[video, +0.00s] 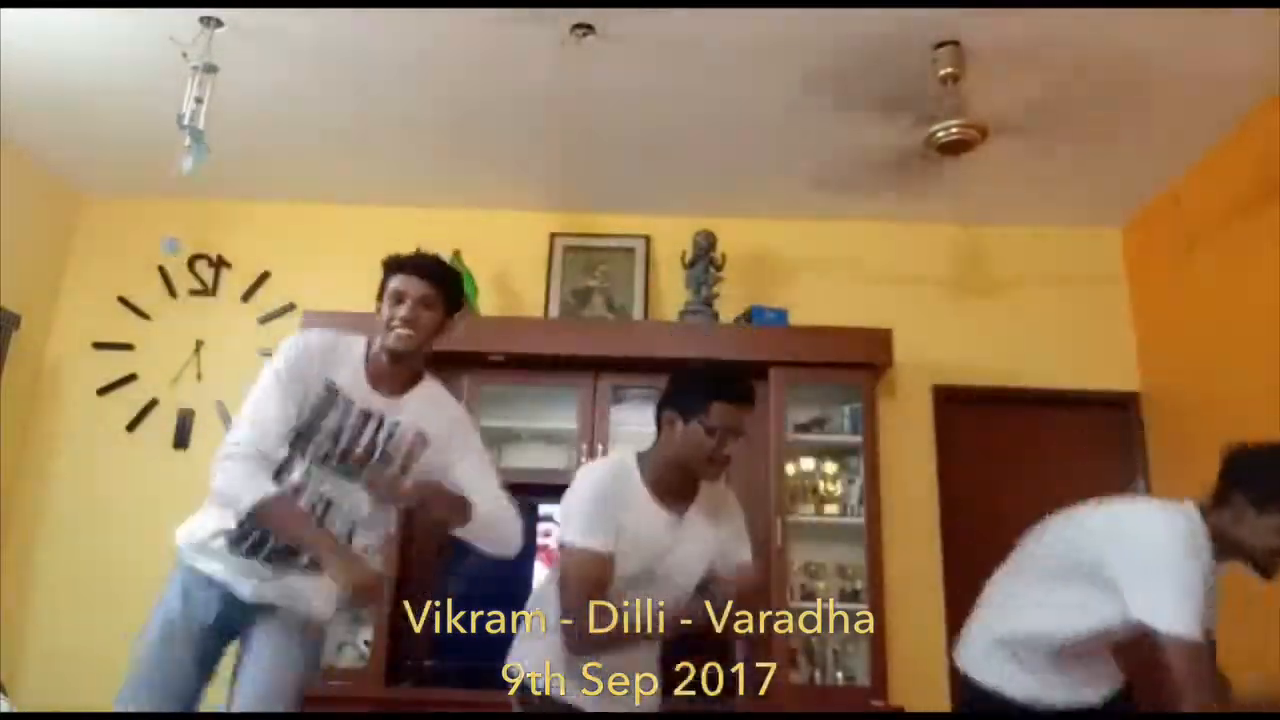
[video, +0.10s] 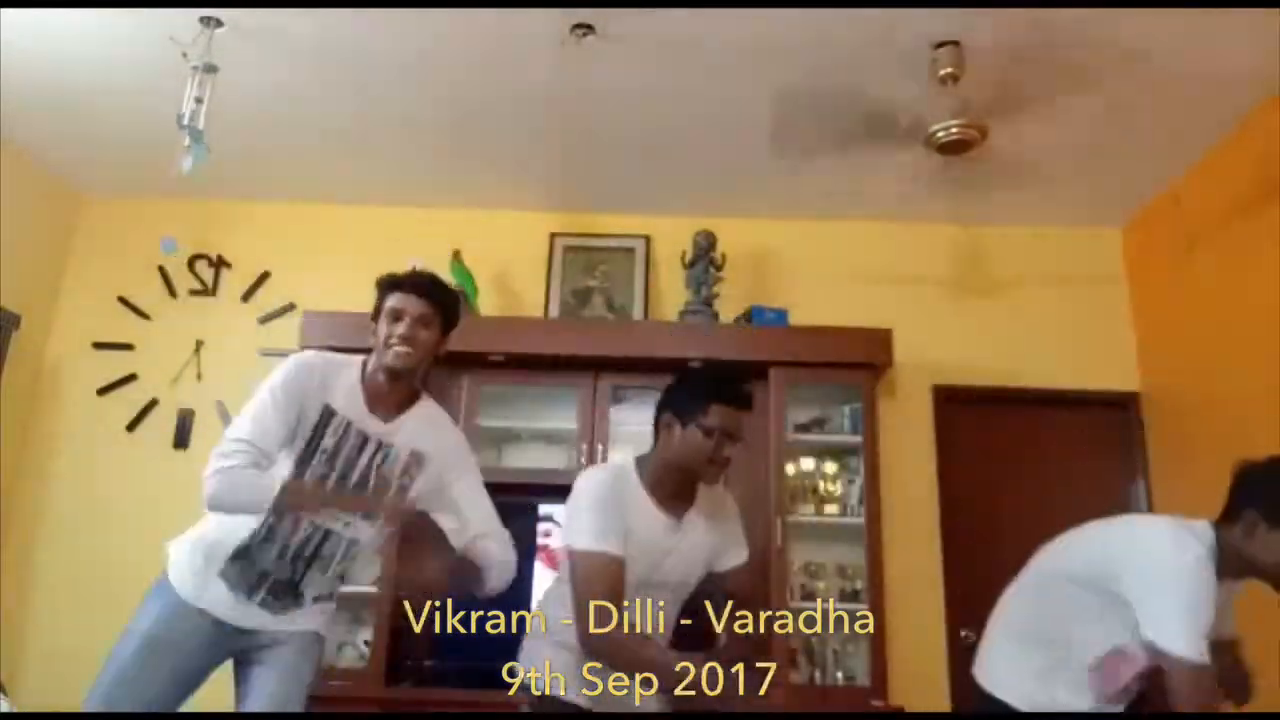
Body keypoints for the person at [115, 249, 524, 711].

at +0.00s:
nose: (405, 313)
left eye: (424, 305)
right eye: (396, 299)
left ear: (445, 325)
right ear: (379, 306)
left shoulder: (447, 421)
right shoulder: (311, 354)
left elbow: (508, 537)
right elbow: (235, 471)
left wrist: (436, 496)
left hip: (303, 592)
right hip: (219, 557)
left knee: (262, 706)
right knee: (144, 703)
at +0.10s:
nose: (404, 332)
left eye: (422, 325)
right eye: (396, 318)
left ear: (440, 346)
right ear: (375, 325)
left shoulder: (439, 440)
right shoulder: (308, 375)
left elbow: (498, 561)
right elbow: (222, 486)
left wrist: (442, 565)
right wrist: (335, 498)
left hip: (297, 623)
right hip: (204, 590)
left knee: (273, 712)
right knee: (109, 707)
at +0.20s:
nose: (404, 336)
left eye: (422, 329)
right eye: (396, 321)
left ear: (440, 349)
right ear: (376, 327)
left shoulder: (437, 441)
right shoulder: (305, 376)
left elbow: (500, 557)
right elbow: (223, 490)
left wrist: (404, 568)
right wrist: (341, 493)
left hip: (293, 619)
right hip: (203, 582)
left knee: (267, 714)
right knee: (110, 708)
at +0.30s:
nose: (404, 333)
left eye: (423, 325)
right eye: (395, 318)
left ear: (443, 345)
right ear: (376, 325)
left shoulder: (439, 440)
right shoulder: (307, 374)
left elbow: (487, 562)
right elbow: (217, 481)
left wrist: (412, 532)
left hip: (296, 617)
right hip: (204, 577)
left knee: (272, 708)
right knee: (119, 702)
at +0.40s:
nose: (398, 336)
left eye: (416, 327)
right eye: (388, 322)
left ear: (436, 347)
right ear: (368, 332)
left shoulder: (437, 448)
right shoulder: (301, 384)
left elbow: (459, 582)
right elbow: (191, 490)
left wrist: (417, 572)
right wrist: (300, 538)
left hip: (305, 633)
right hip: (209, 599)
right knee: (126, 705)